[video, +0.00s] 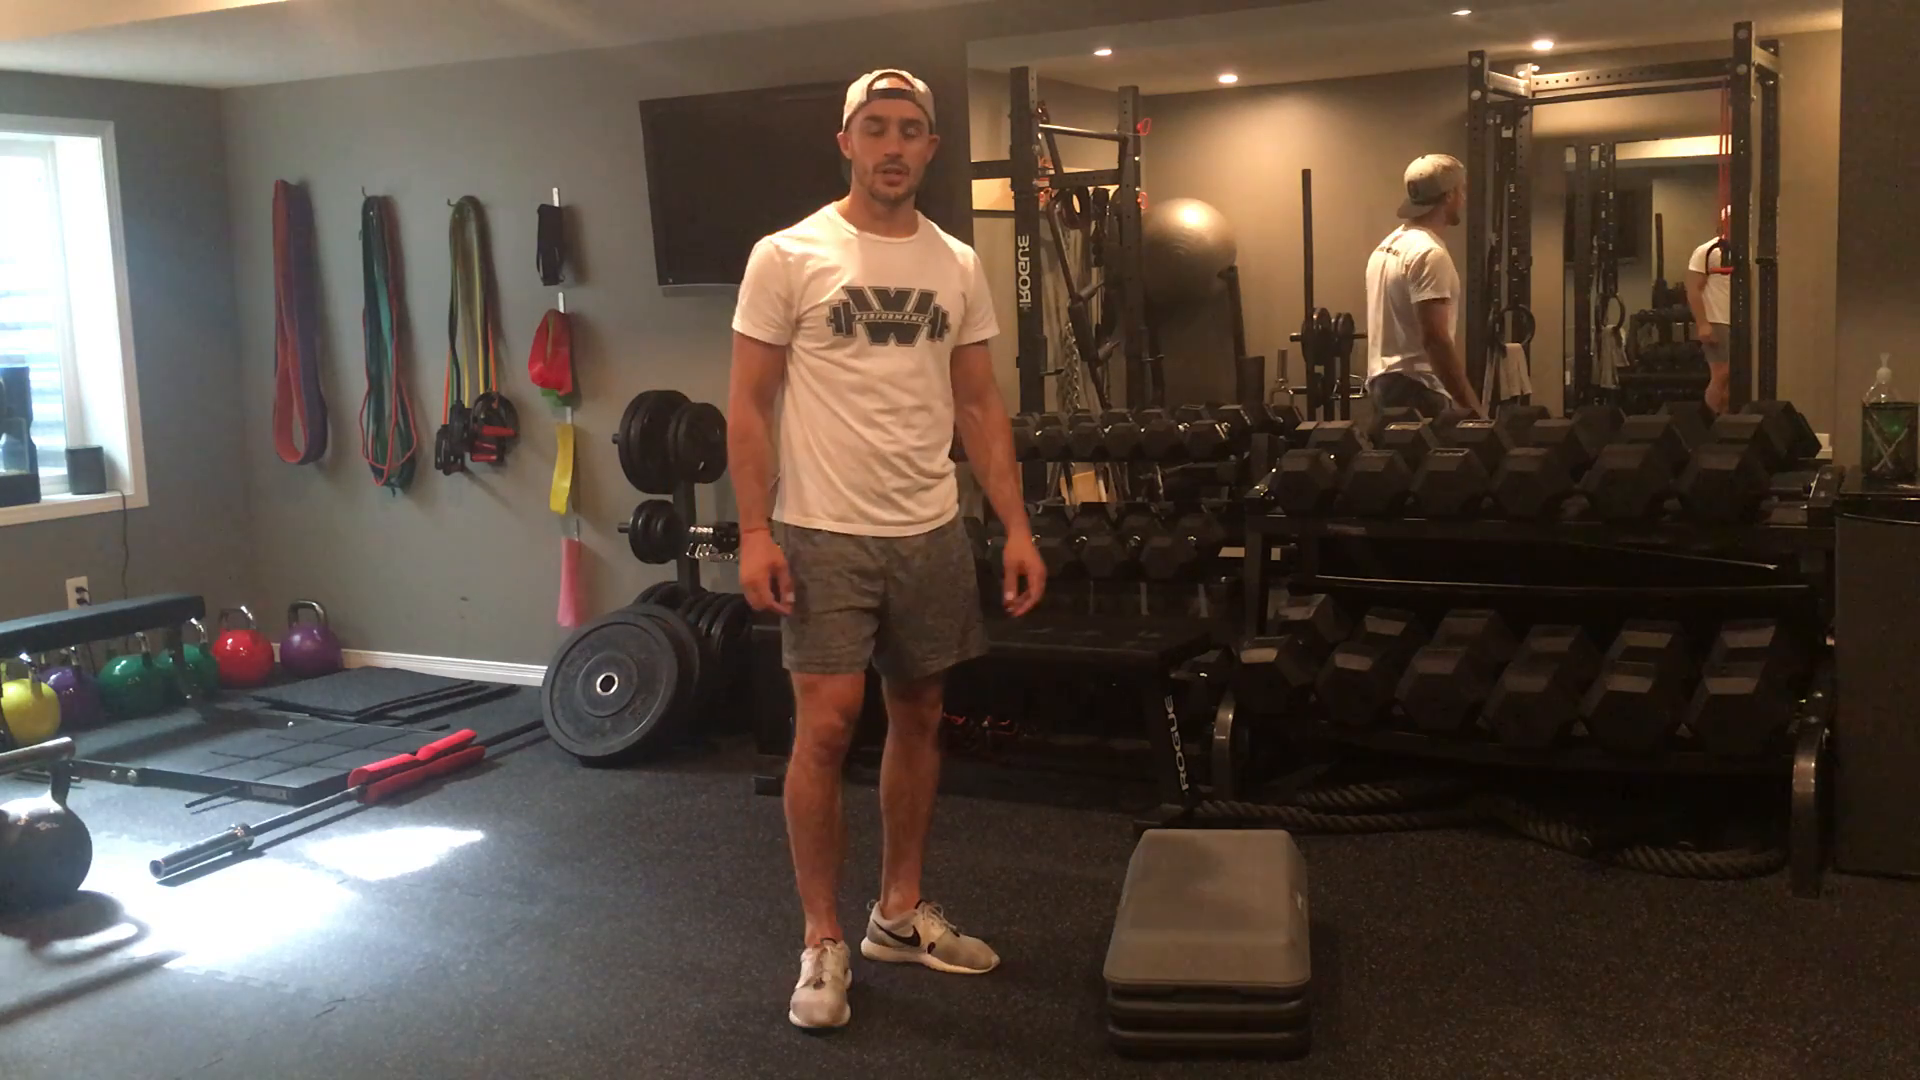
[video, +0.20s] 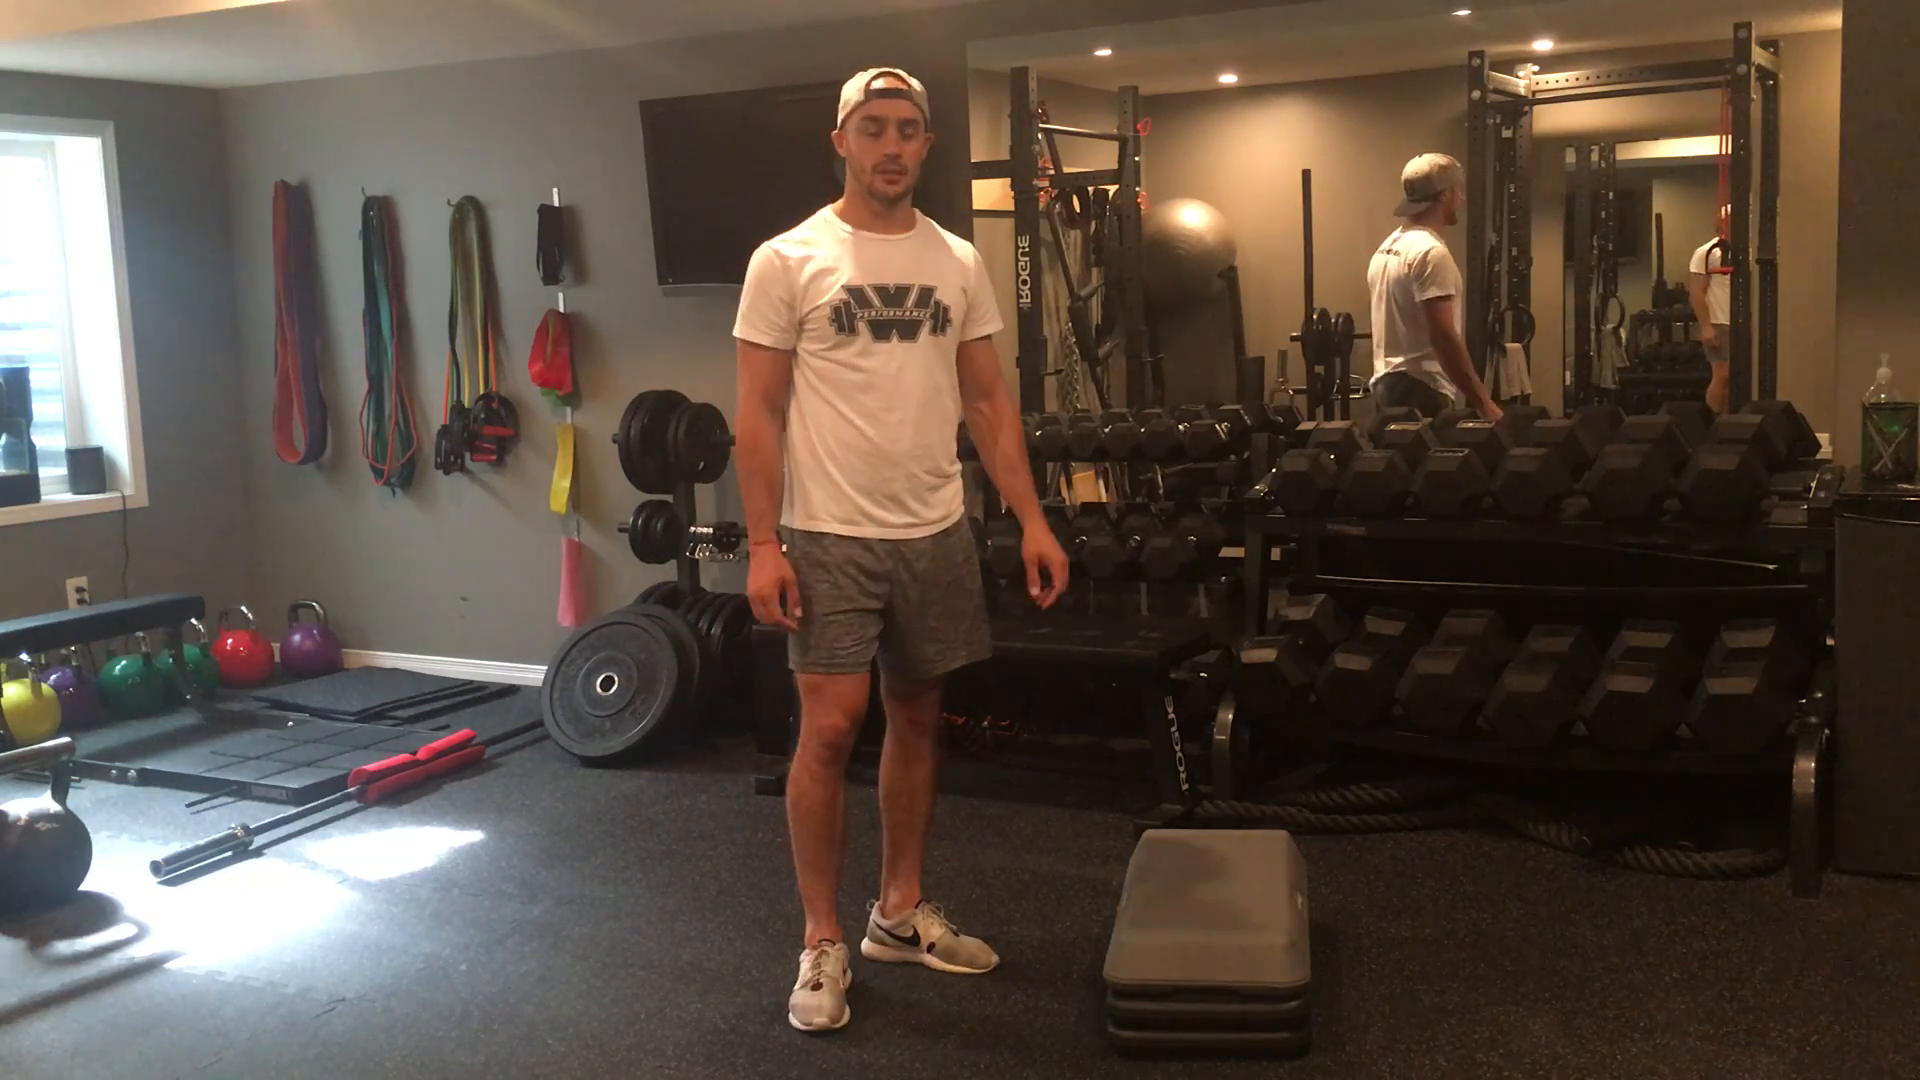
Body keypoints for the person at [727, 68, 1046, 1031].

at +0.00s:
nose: (893, 146)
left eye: (910, 131)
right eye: (876, 130)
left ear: (931, 146)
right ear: (845, 141)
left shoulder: (957, 265)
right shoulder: (789, 257)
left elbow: (980, 407)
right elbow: (747, 401)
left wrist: (1017, 526)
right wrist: (754, 531)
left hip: (932, 534)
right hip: (823, 534)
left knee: (920, 717)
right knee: (827, 727)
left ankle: (901, 909)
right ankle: (822, 943)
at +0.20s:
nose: (891, 146)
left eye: (907, 131)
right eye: (872, 130)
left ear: (927, 146)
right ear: (840, 143)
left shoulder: (959, 262)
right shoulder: (787, 261)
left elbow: (990, 400)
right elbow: (759, 411)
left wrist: (1032, 520)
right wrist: (764, 544)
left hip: (935, 537)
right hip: (827, 537)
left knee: (917, 720)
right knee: (829, 730)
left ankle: (901, 908)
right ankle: (822, 942)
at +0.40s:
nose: (924, 171)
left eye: (934, 155)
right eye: (909, 153)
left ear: (936, 156)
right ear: (855, 148)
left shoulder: (949, 263)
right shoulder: (784, 265)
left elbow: (980, 401)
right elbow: (760, 416)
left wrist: (1026, 511)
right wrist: (758, 550)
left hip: (939, 537)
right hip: (833, 539)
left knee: (922, 720)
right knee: (833, 730)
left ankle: (900, 909)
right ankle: (822, 942)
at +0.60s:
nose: (941, 177)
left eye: (947, 160)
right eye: (926, 159)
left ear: (935, 159)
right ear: (866, 151)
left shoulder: (944, 263)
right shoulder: (783, 264)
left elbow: (973, 407)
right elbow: (755, 420)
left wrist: (1019, 524)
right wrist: (756, 553)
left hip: (940, 536)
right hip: (838, 540)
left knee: (922, 718)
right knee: (837, 728)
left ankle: (901, 909)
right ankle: (822, 941)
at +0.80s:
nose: (945, 173)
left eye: (950, 156)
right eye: (930, 155)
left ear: (937, 157)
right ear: (871, 151)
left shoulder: (945, 265)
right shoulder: (787, 262)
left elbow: (968, 407)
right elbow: (756, 415)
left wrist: (1012, 522)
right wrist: (757, 548)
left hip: (937, 535)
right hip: (836, 539)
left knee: (921, 716)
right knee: (837, 723)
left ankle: (900, 909)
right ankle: (822, 942)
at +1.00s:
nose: (930, 173)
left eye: (939, 156)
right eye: (913, 156)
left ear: (944, 154)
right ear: (861, 154)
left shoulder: (951, 271)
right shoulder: (790, 259)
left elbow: (971, 411)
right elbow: (758, 406)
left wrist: (1014, 526)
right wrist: (758, 539)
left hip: (936, 536)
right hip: (832, 537)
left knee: (919, 716)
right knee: (836, 723)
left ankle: (901, 909)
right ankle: (822, 942)